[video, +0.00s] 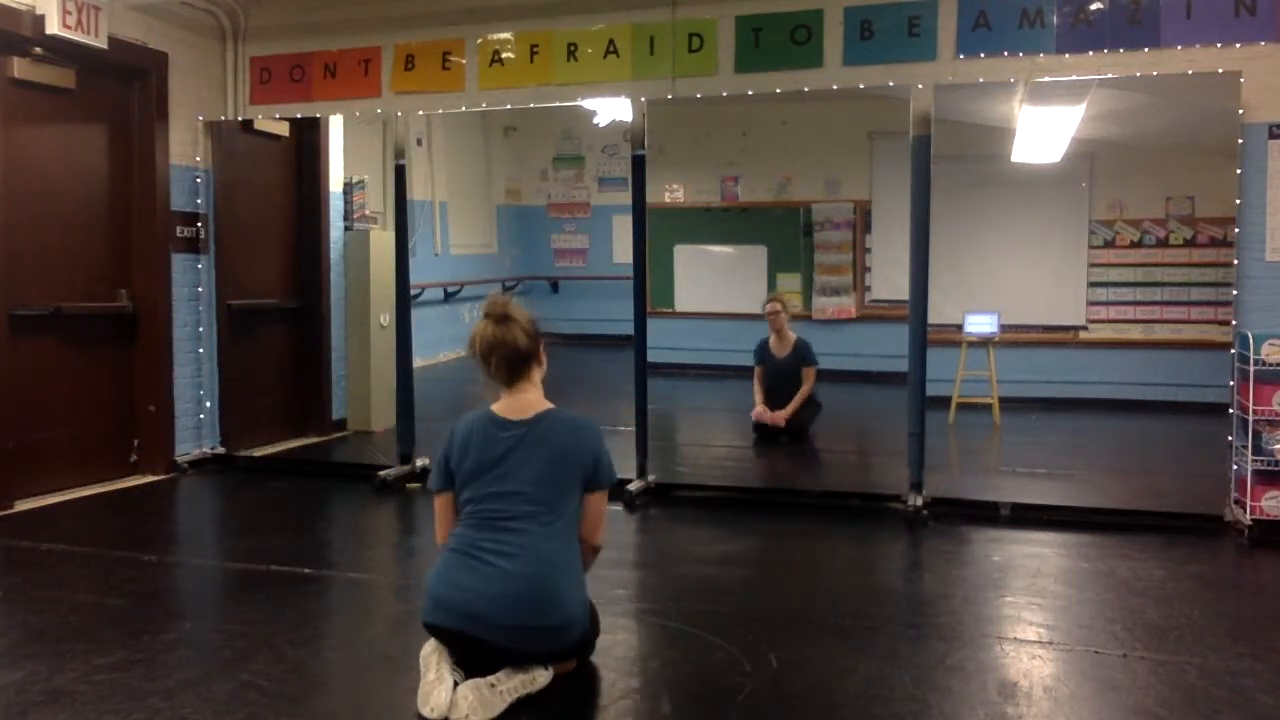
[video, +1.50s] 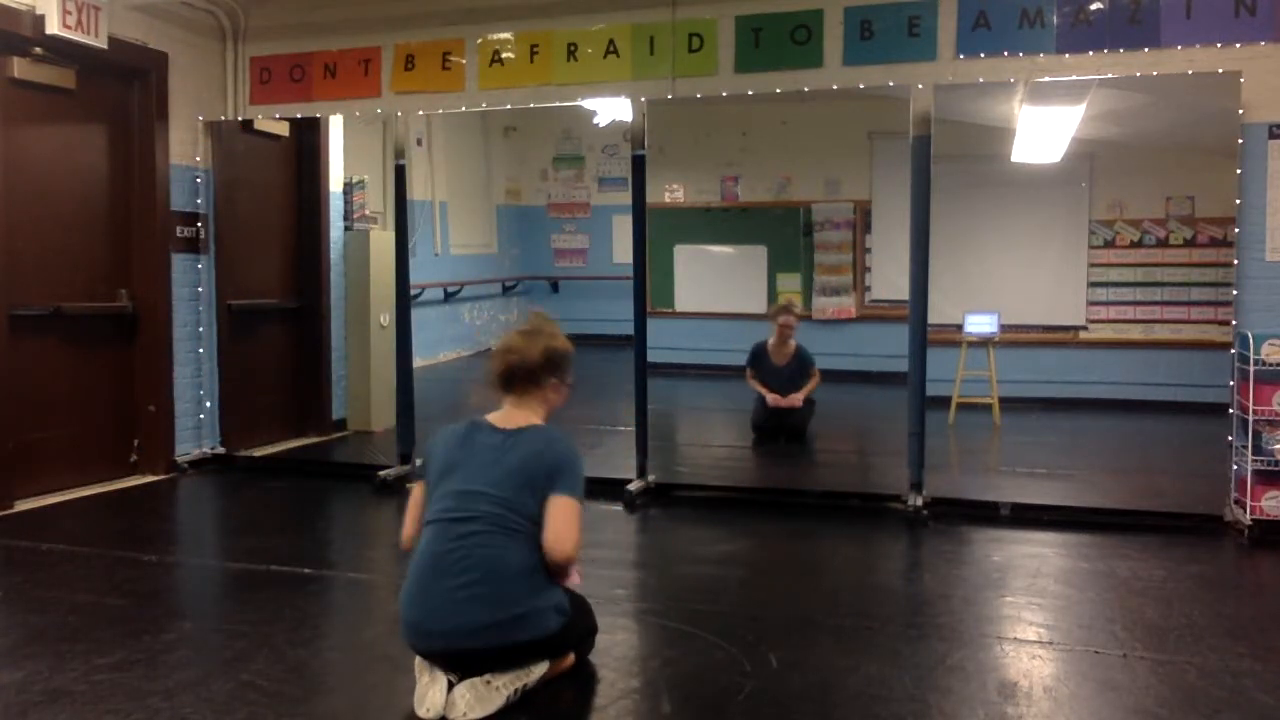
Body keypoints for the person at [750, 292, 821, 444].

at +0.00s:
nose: (773, 318)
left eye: (777, 313)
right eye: (769, 315)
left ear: (787, 315)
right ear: (765, 318)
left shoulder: (802, 347)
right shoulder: (762, 347)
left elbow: (808, 384)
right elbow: (757, 380)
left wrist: (786, 412)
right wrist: (759, 405)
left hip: (799, 401)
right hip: (772, 402)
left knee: (796, 430)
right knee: (761, 430)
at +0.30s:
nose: (745, 356)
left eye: (748, 350)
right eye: (742, 352)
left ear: (759, 347)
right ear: (739, 354)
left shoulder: (785, 369)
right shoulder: (751, 375)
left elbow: (791, 409)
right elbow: (740, 406)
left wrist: (765, 435)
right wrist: (735, 431)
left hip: (805, 401)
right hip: (774, 401)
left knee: (795, 432)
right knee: (759, 429)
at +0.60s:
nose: (740, 393)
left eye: (742, 387)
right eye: (737, 389)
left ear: (753, 378)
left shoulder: (779, 384)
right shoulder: (748, 389)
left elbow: (759, 420)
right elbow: (729, 417)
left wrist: (731, 440)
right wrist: (710, 435)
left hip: (803, 400)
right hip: (777, 402)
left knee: (794, 439)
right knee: (762, 441)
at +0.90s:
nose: (753, 354)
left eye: (757, 348)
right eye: (749, 349)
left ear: (765, 348)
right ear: (744, 351)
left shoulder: (780, 368)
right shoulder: (747, 371)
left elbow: (757, 399)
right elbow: (736, 398)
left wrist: (732, 428)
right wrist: (722, 427)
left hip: (801, 399)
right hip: (773, 399)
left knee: (794, 435)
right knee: (762, 433)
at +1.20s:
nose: (768, 322)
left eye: (773, 318)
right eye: (764, 317)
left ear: (779, 322)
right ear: (758, 321)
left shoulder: (790, 349)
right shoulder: (751, 351)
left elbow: (811, 382)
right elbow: (746, 383)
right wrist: (756, 399)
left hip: (794, 403)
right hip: (766, 404)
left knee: (793, 441)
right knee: (761, 441)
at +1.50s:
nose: (786, 332)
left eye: (790, 328)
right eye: (782, 327)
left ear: (795, 329)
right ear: (774, 325)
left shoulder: (801, 353)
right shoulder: (759, 350)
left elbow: (815, 377)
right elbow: (750, 377)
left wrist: (800, 395)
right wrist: (767, 395)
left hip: (794, 406)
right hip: (768, 404)